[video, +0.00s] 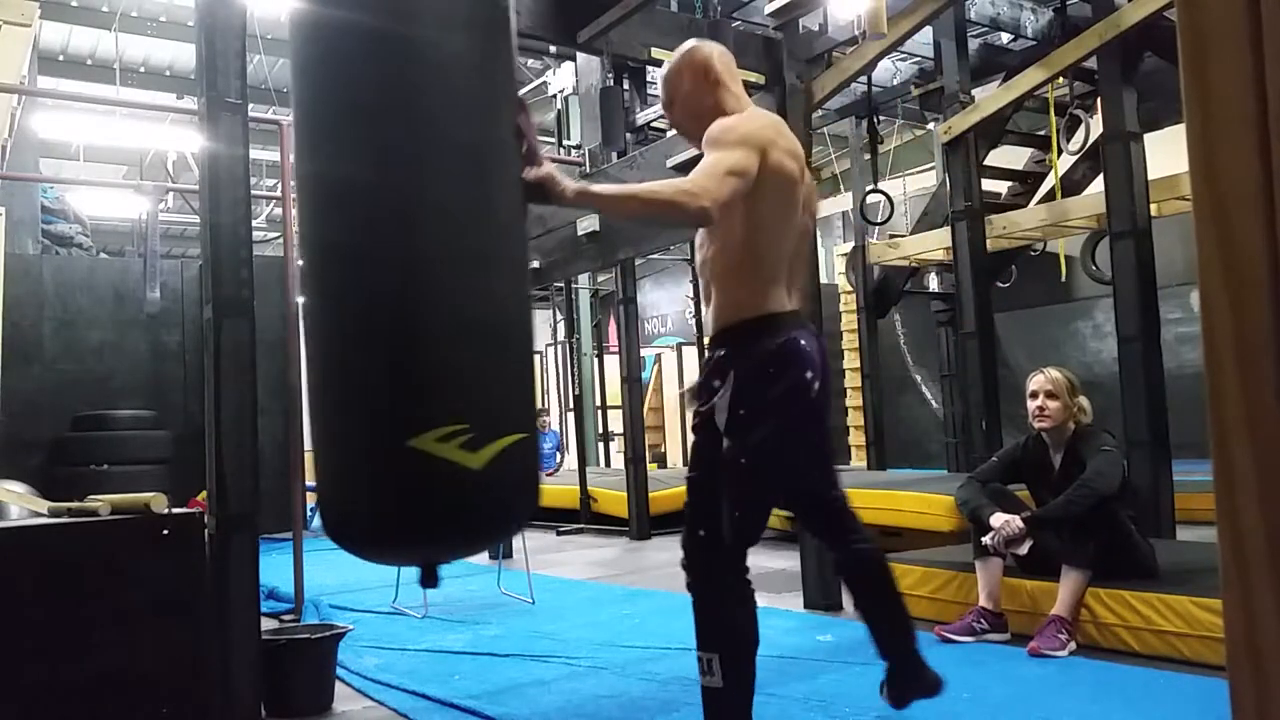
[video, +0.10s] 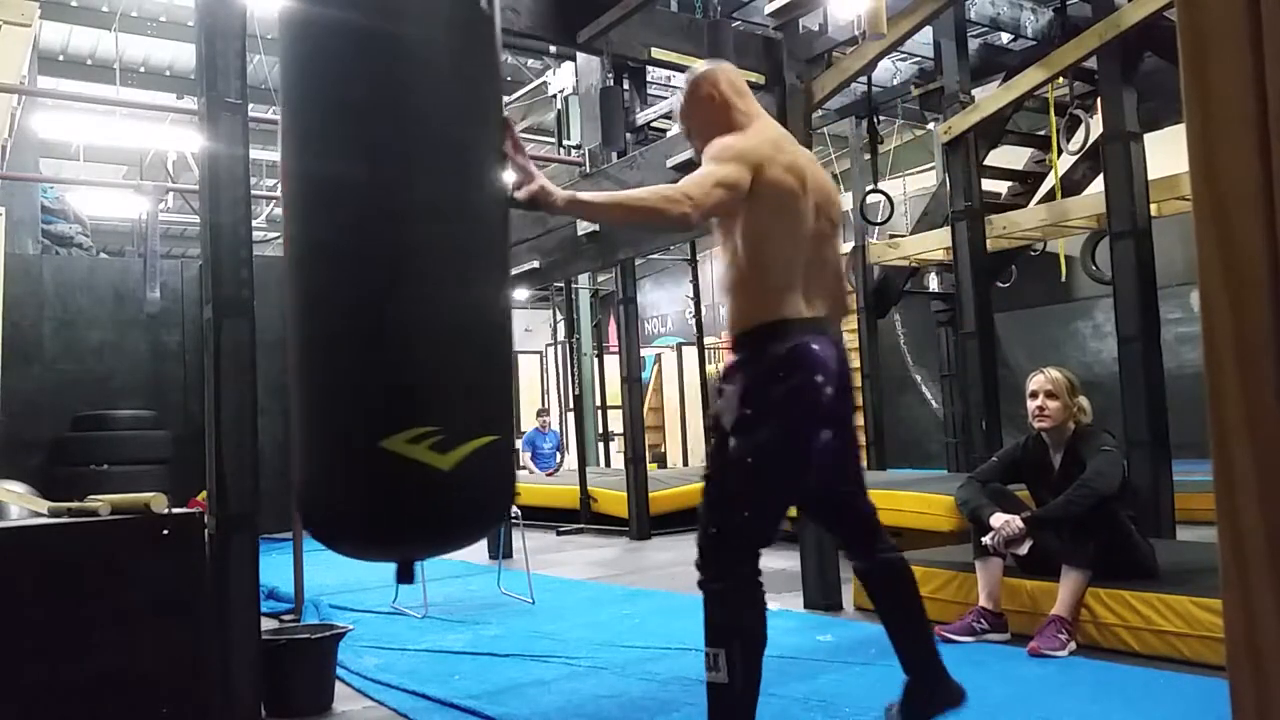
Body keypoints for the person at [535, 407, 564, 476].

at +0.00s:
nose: (544, 419)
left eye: (546, 416)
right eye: (541, 416)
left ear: (549, 418)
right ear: (537, 419)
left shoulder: (555, 434)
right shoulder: (534, 435)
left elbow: (563, 453)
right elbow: (529, 453)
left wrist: (556, 469)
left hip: (552, 471)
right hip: (538, 472)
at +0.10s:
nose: (544, 419)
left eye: (546, 416)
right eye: (541, 416)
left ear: (549, 418)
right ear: (537, 419)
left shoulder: (556, 435)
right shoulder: (529, 436)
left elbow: (564, 453)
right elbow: (526, 459)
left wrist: (558, 470)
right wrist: (539, 473)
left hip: (554, 472)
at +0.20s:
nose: (544, 419)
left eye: (546, 416)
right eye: (541, 417)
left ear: (549, 418)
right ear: (537, 419)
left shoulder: (556, 435)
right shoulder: (529, 436)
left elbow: (564, 453)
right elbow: (526, 459)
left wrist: (558, 470)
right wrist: (539, 473)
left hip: (554, 472)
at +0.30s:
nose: (544, 419)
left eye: (546, 416)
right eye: (541, 417)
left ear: (549, 418)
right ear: (536, 419)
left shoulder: (555, 435)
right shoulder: (530, 436)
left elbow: (563, 453)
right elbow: (526, 459)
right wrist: (539, 473)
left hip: (553, 472)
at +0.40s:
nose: (544, 419)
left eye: (546, 416)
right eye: (541, 417)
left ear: (549, 418)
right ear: (536, 419)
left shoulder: (555, 435)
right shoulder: (530, 436)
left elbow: (563, 453)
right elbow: (526, 459)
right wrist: (539, 473)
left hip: (553, 472)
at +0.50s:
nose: (544, 419)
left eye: (546, 416)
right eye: (541, 417)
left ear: (549, 418)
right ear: (536, 419)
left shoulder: (555, 435)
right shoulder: (530, 436)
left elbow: (563, 453)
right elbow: (526, 459)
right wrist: (539, 473)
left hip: (553, 472)